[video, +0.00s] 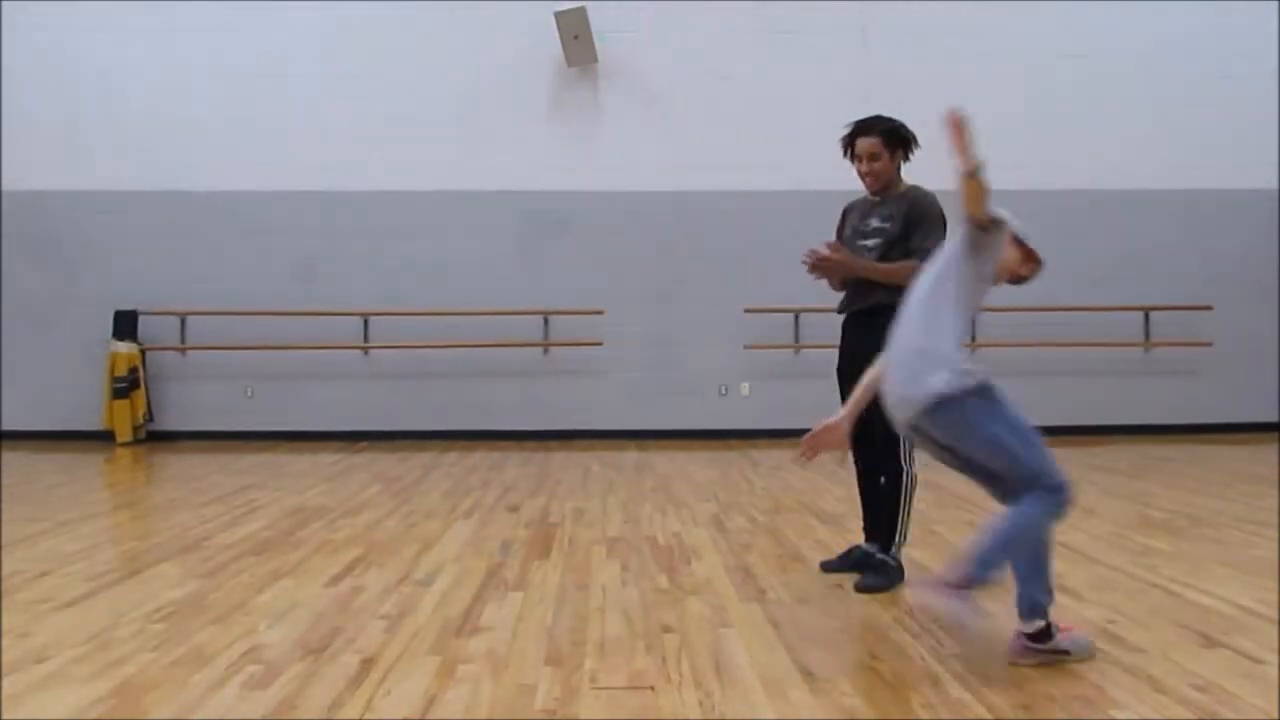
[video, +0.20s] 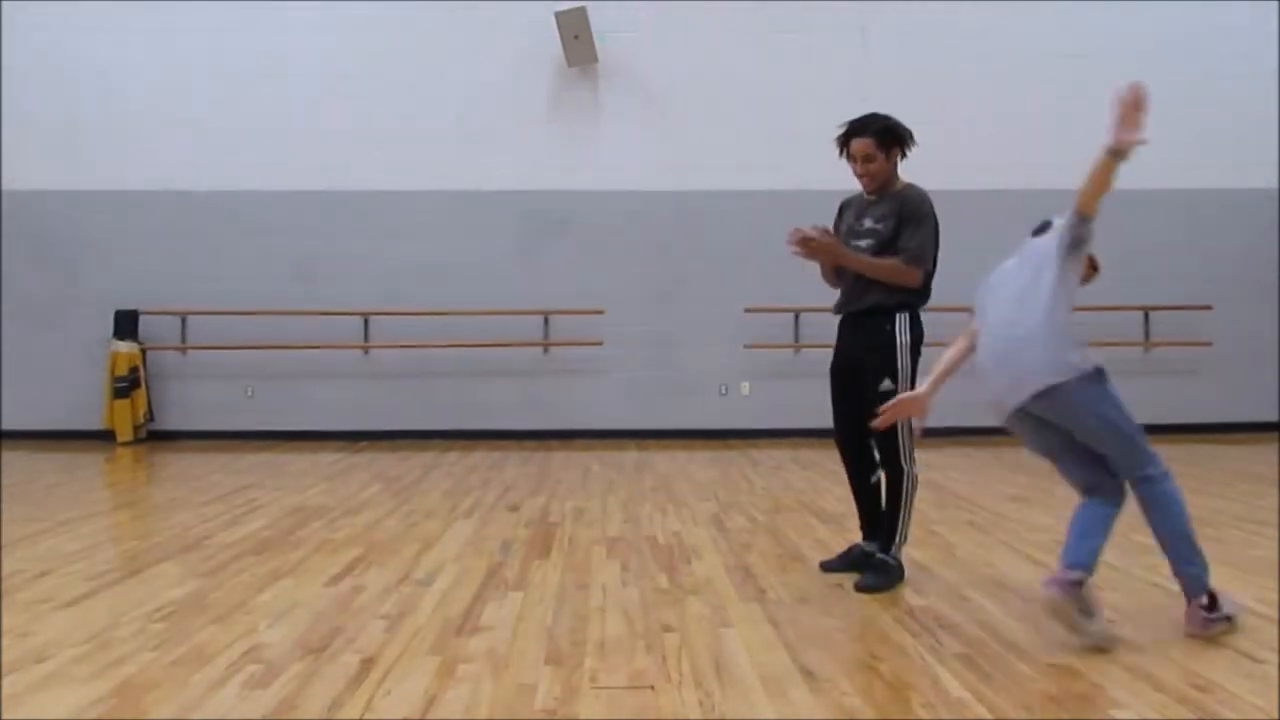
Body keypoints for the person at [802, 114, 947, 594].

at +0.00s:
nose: (865, 167)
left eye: (874, 157)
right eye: (858, 158)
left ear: (899, 157)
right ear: (852, 162)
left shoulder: (921, 206)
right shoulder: (852, 213)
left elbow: (926, 274)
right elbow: (848, 280)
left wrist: (853, 267)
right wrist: (833, 268)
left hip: (897, 326)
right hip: (858, 327)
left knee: (890, 441)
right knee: (863, 440)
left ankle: (889, 552)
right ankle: (872, 543)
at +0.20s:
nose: (860, 169)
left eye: (869, 159)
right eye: (853, 161)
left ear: (894, 155)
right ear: (848, 161)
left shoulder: (914, 204)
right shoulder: (850, 208)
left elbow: (913, 275)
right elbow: (841, 279)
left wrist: (841, 255)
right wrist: (824, 255)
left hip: (894, 326)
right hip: (854, 326)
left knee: (892, 438)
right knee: (850, 436)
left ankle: (891, 552)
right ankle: (872, 541)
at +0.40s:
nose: (851, 171)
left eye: (859, 161)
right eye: (845, 163)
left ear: (886, 155)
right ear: (841, 161)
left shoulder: (907, 200)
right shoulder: (846, 206)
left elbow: (900, 272)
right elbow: (843, 278)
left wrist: (833, 251)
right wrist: (817, 259)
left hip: (887, 327)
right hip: (848, 327)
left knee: (888, 439)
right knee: (846, 439)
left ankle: (890, 554)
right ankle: (863, 546)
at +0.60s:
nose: (839, 171)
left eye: (846, 161)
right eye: (834, 162)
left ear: (873, 153)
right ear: (832, 158)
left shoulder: (898, 197)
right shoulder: (835, 201)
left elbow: (899, 272)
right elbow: (825, 267)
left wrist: (866, 227)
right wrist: (775, 240)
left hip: (881, 326)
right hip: (841, 328)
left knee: (885, 441)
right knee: (848, 442)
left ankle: (890, 553)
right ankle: (861, 546)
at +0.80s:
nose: (832, 167)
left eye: (839, 157)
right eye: (827, 158)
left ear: (866, 150)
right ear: (824, 154)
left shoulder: (893, 192)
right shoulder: (831, 195)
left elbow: (899, 266)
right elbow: (822, 259)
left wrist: (865, 224)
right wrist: (775, 233)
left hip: (879, 320)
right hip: (837, 322)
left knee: (885, 438)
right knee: (846, 439)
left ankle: (890, 549)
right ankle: (856, 542)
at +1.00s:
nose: (827, 164)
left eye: (833, 153)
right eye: (821, 155)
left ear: (861, 145)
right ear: (820, 151)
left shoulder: (889, 186)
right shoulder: (830, 191)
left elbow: (894, 259)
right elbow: (821, 255)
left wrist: (859, 218)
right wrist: (773, 229)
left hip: (877, 316)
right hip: (837, 318)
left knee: (885, 437)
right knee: (845, 437)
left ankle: (889, 548)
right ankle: (852, 540)